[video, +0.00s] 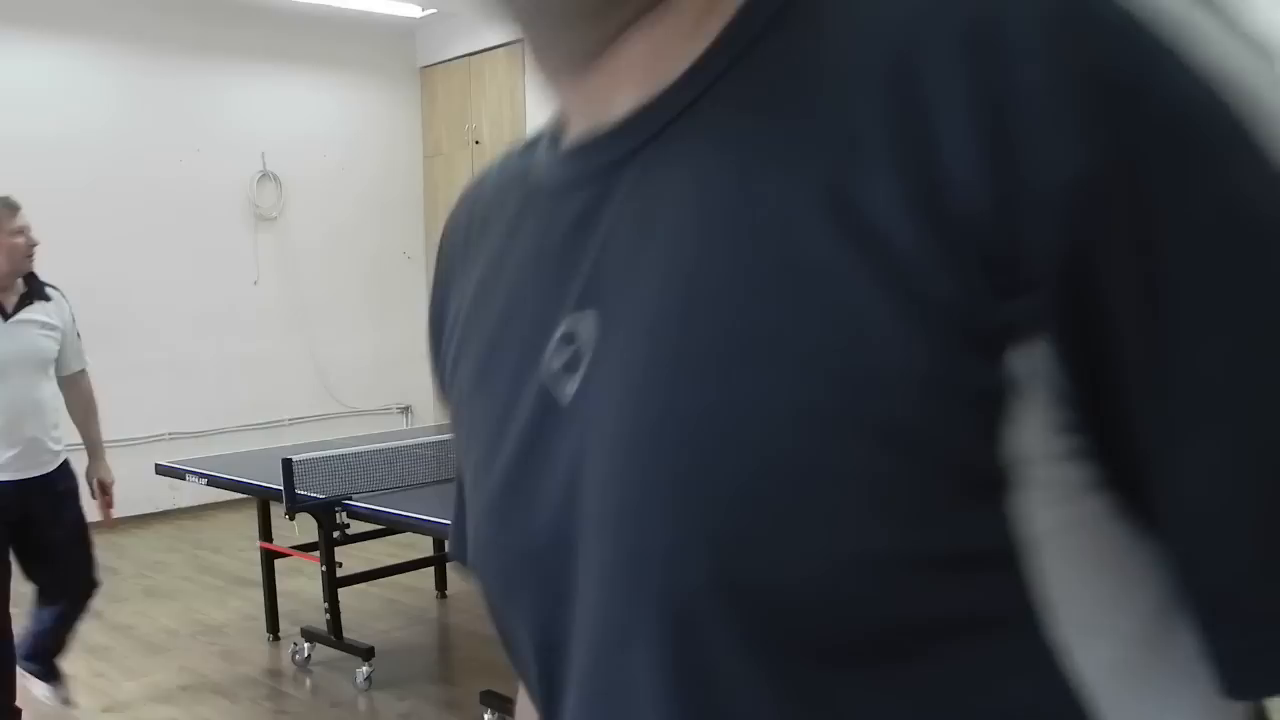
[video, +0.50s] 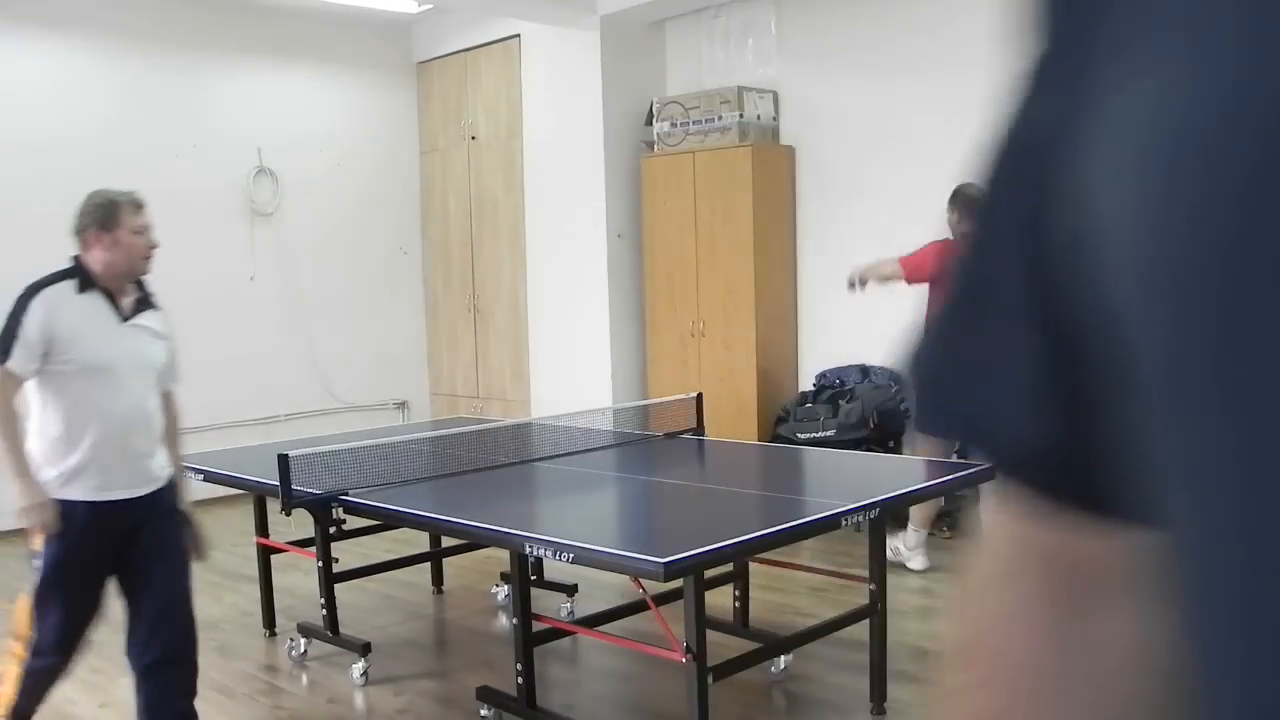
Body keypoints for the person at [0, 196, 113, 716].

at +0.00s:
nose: (30, 238)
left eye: (28, 229)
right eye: (17, 232)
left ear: (28, 239)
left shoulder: (51, 303)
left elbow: (74, 381)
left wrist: (96, 457)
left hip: (45, 473)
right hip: (1, 480)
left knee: (73, 581)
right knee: (6, 598)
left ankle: (35, 664)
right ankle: (12, 694)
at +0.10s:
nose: (42, 238)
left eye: (39, 229)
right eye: (30, 230)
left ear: (26, 241)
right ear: (1, 243)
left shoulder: (56, 302)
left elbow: (73, 381)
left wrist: (86, 456)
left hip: (54, 480)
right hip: (1, 489)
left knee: (90, 586)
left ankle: (73, 696)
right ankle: (3, 704)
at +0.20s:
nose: (64, 240)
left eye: (61, 231)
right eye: (52, 232)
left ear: (32, 244)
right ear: (11, 244)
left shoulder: (70, 303)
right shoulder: (3, 308)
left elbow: (84, 384)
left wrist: (92, 460)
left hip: (70, 488)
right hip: (6, 496)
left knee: (106, 612)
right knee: (1, 626)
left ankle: (131, 713)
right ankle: (4, 709)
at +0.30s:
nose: (90, 246)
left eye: (86, 236)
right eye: (77, 238)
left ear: (48, 248)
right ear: (34, 248)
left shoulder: (91, 309)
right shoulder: (5, 305)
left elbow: (101, 393)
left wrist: (109, 471)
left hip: (88, 499)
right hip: (14, 506)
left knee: (123, 635)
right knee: (2, 638)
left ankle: (161, 716)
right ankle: (6, 707)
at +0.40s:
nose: (120, 249)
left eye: (117, 238)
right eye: (107, 239)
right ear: (64, 248)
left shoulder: (122, 317)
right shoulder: (15, 313)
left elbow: (131, 403)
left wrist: (138, 479)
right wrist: (3, 508)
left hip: (118, 506)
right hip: (35, 511)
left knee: (140, 645)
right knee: (8, 646)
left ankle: (158, 713)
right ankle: (6, 707)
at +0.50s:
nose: (153, 244)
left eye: (151, 233)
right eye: (140, 233)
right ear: (96, 240)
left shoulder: (152, 314)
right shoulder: (44, 303)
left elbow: (167, 409)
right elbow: (3, 394)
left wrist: (178, 498)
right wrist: (29, 491)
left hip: (153, 505)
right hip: (77, 511)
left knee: (169, 653)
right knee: (52, 647)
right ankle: (17, 710)